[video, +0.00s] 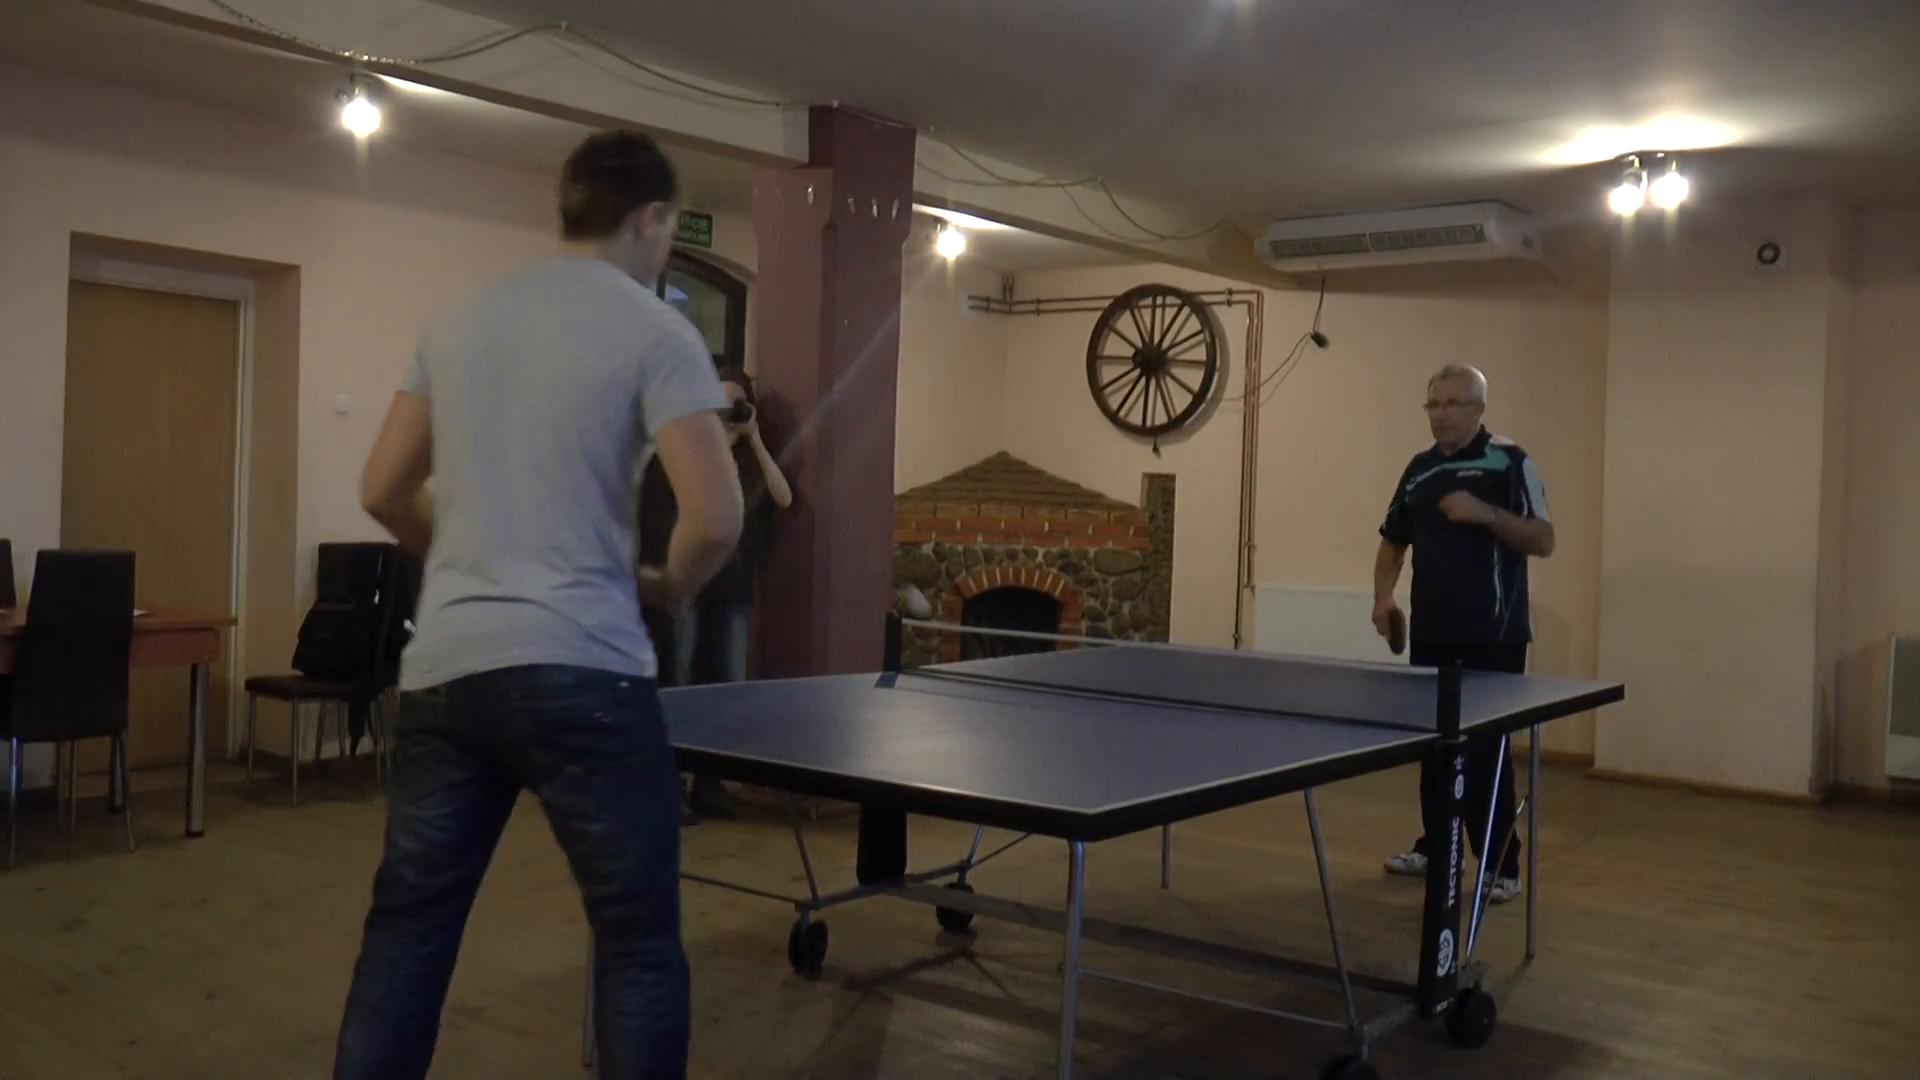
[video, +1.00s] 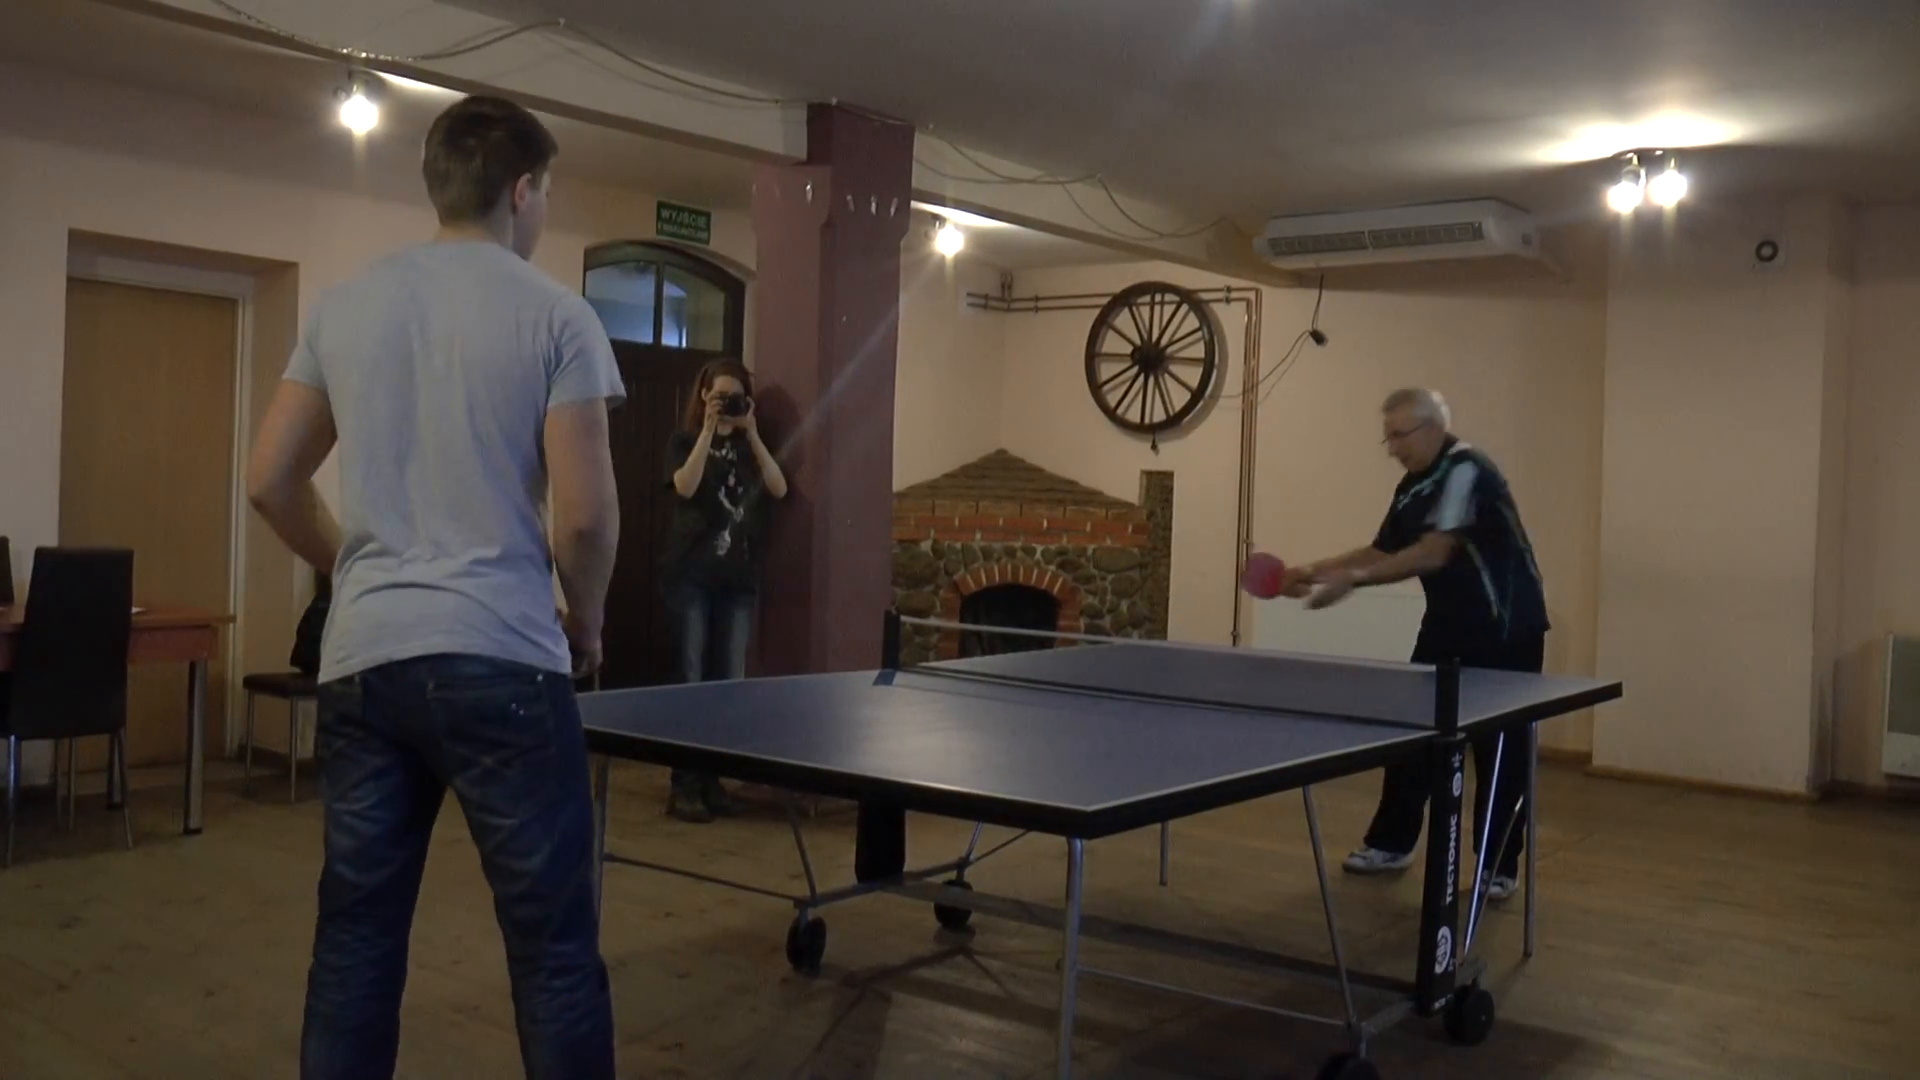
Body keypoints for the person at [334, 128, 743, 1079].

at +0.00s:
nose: (668, 249)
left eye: (671, 232)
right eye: (670, 229)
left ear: (566, 215)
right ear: (647, 222)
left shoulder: (459, 320)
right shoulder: (653, 327)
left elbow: (385, 488)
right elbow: (714, 514)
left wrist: (456, 555)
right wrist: (672, 585)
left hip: (444, 666)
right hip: (583, 668)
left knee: (408, 923)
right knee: (637, 936)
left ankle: (368, 1072)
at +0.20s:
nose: (591, 241)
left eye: (593, 222)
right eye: (592, 220)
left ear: (487, 206)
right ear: (567, 210)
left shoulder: (388, 312)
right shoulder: (584, 310)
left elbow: (310, 488)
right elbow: (706, 483)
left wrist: (389, 555)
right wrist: (653, 530)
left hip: (378, 664)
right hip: (519, 664)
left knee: (362, 940)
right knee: (580, 947)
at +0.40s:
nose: (544, 219)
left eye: (544, 201)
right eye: (545, 200)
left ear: (439, 199)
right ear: (522, 198)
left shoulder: (337, 306)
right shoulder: (553, 309)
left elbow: (259, 484)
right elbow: (676, 458)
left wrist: (330, 562)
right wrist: (745, 529)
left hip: (347, 657)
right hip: (490, 651)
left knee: (344, 942)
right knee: (548, 946)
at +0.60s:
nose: (525, 215)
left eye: (527, 200)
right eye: (527, 199)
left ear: (419, 194)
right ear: (506, 195)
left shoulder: (328, 298)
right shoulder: (547, 309)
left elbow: (244, 472)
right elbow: (670, 463)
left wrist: (294, 576)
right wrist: (695, 540)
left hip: (347, 657)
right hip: (495, 651)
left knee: (343, 937)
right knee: (545, 938)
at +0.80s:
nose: (530, 210)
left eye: (529, 192)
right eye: (530, 190)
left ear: (420, 193)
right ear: (508, 190)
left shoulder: (329, 300)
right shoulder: (549, 311)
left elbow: (252, 478)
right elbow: (619, 509)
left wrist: (313, 577)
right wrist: (605, 590)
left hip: (354, 651)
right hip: (497, 649)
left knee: (347, 933)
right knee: (551, 941)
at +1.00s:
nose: (546, 206)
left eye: (545, 188)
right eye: (546, 188)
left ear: (437, 191)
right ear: (524, 189)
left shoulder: (344, 304)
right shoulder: (556, 313)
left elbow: (271, 480)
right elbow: (582, 518)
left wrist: (345, 567)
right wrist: (584, 617)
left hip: (360, 651)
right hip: (499, 653)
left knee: (354, 938)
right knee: (553, 947)